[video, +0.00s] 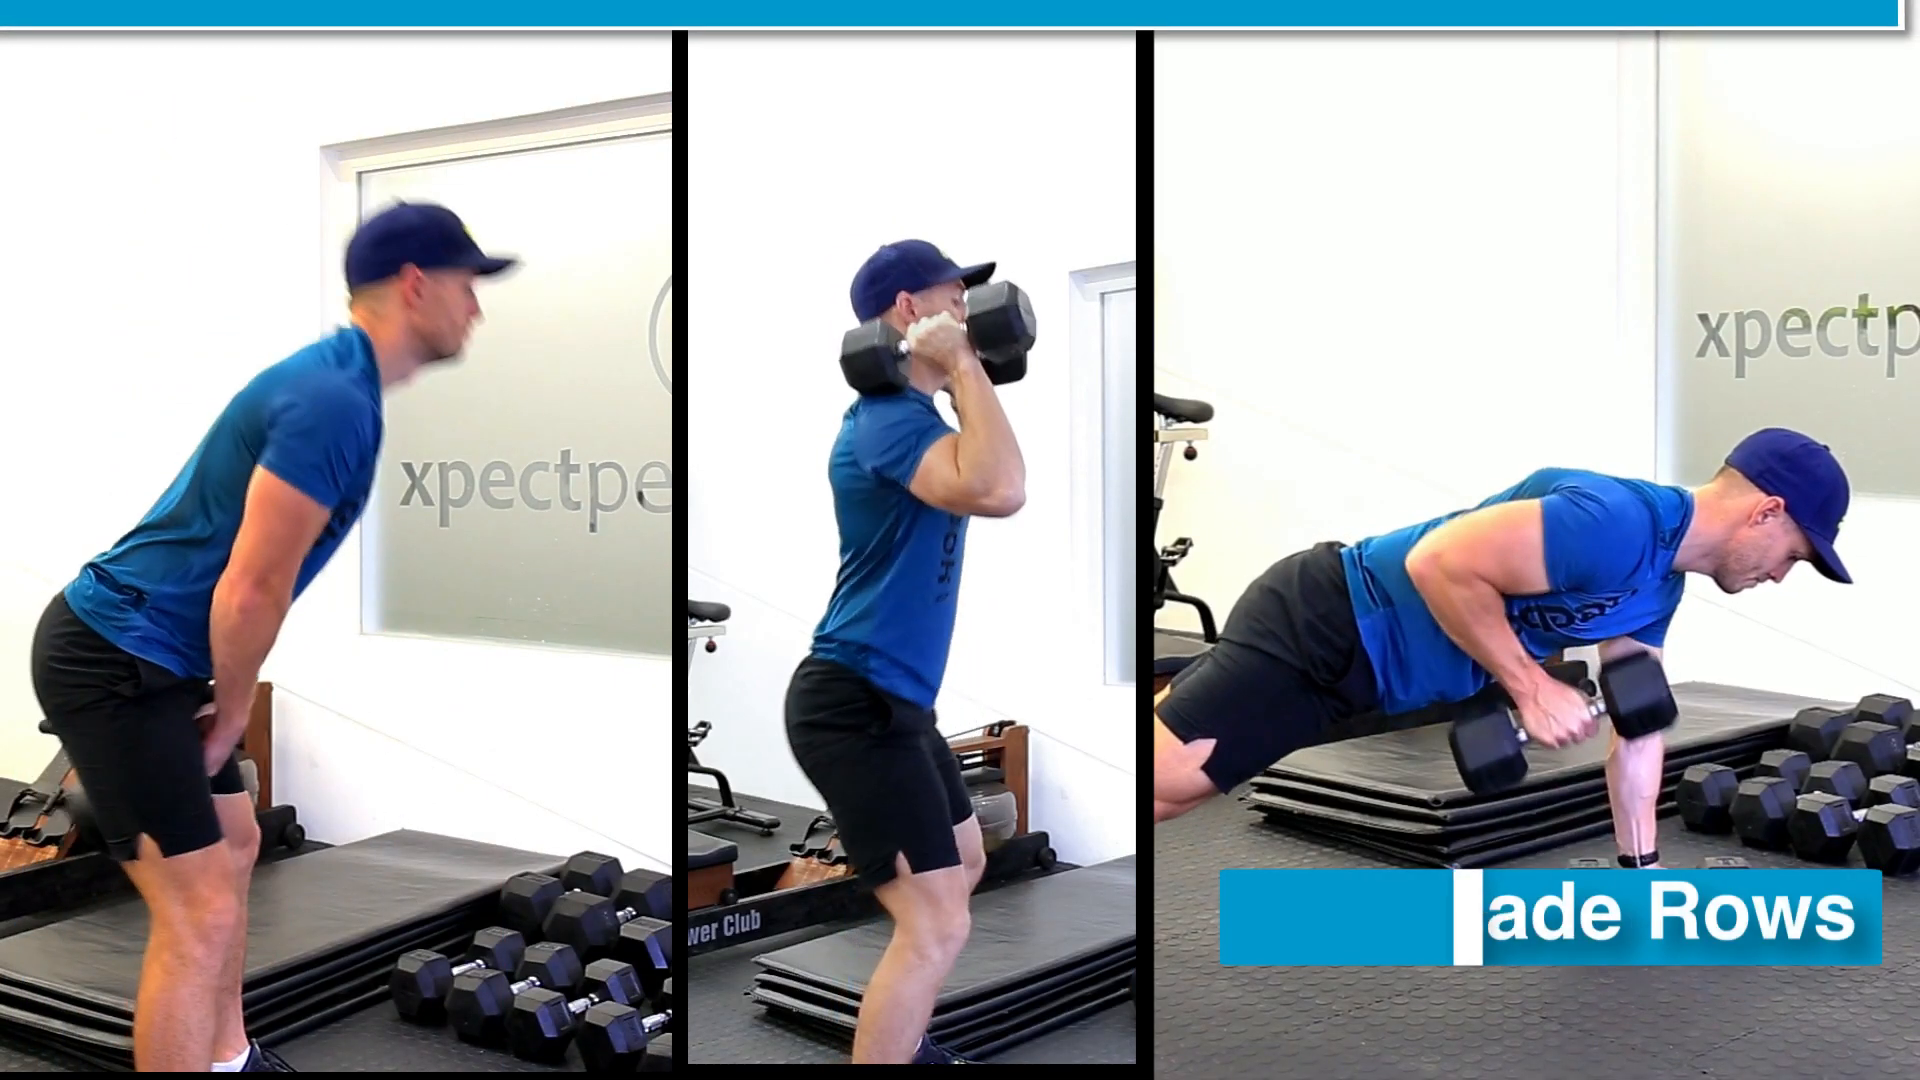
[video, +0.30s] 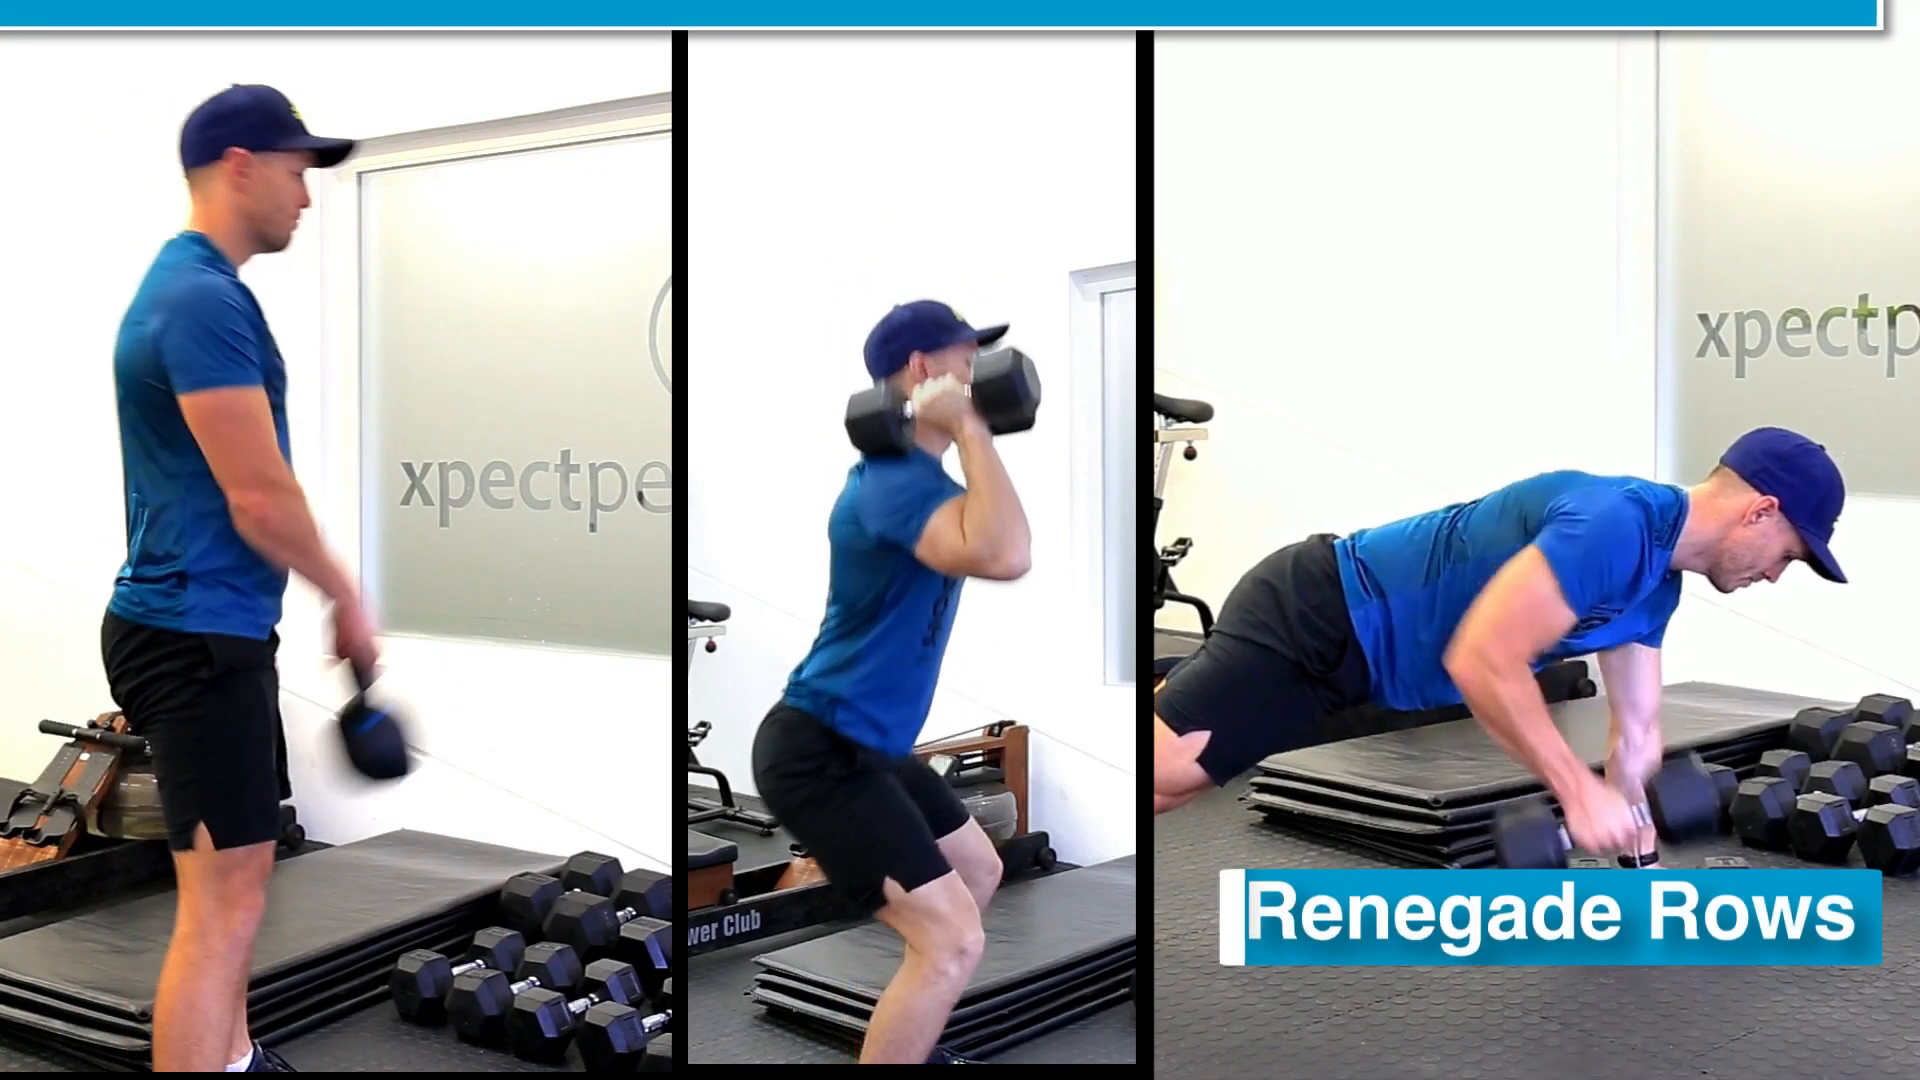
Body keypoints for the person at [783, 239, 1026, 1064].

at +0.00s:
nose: (966, 316)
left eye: (963, 300)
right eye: (951, 301)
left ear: (903, 316)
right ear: (904, 311)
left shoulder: (909, 415)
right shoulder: (885, 419)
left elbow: (995, 487)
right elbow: (1000, 489)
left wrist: (969, 369)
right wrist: (960, 367)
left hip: (893, 698)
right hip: (850, 701)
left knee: (961, 862)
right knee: (934, 928)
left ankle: (896, 1029)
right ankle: (880, 1057)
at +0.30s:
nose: (975, 374)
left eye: (974, 360)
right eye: (965, 360)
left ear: (912, 374)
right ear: (919, 369)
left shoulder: (916, 476)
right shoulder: (891, 482)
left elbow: (992, 548)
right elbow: (1003, 555)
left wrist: (973, 428)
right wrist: (967, 426)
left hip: (868, 742)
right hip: (820, 750)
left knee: (977, 871)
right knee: (950, 944)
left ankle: (913, 1034)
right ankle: (893, 1055)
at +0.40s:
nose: (976, 397)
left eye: (975, 383)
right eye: (967, 383)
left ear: (914, 393)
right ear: (921, 388)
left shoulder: (918, 494)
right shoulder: (891, 501)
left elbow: (984, 566)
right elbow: (1004, 575)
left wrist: (970, 444)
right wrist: (966, 445)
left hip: (868, 754)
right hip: (815, 763)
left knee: (979, 874)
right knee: (953, 948)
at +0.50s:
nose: (981, 434)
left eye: (980, 421)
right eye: (972, 420)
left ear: (921, 428)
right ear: (926, 424)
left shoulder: (926, 527)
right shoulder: (890, 536)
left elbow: (999, 608)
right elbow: (1005, 618)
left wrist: (976, 489)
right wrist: (970, 487)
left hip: (865, 779)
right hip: (805, 793)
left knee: (986, 878)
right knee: (960, 952)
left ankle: (915, 1034)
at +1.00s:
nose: (997, 527)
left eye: (993, 511)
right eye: (985, 511)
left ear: (939, 526)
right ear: (939, 524)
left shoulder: (938, 621)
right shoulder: (896, 633)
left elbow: (1006, 715)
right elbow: (1000, 741)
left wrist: (989, 597)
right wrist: (979, 601)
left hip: (852, 840)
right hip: (789, 864)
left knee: (993, 882)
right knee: (968, 956)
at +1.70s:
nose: (997, 528)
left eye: (991, 512)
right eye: (983, 511)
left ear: (938, 529)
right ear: (935, 526)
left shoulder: (938, 625)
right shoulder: (894, 636)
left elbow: (1004, 724)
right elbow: (990, 750)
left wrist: (997, 609)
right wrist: (984, 612)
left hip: (863, 840)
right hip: (794, 863)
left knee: (996, 882)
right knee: (971, 959)